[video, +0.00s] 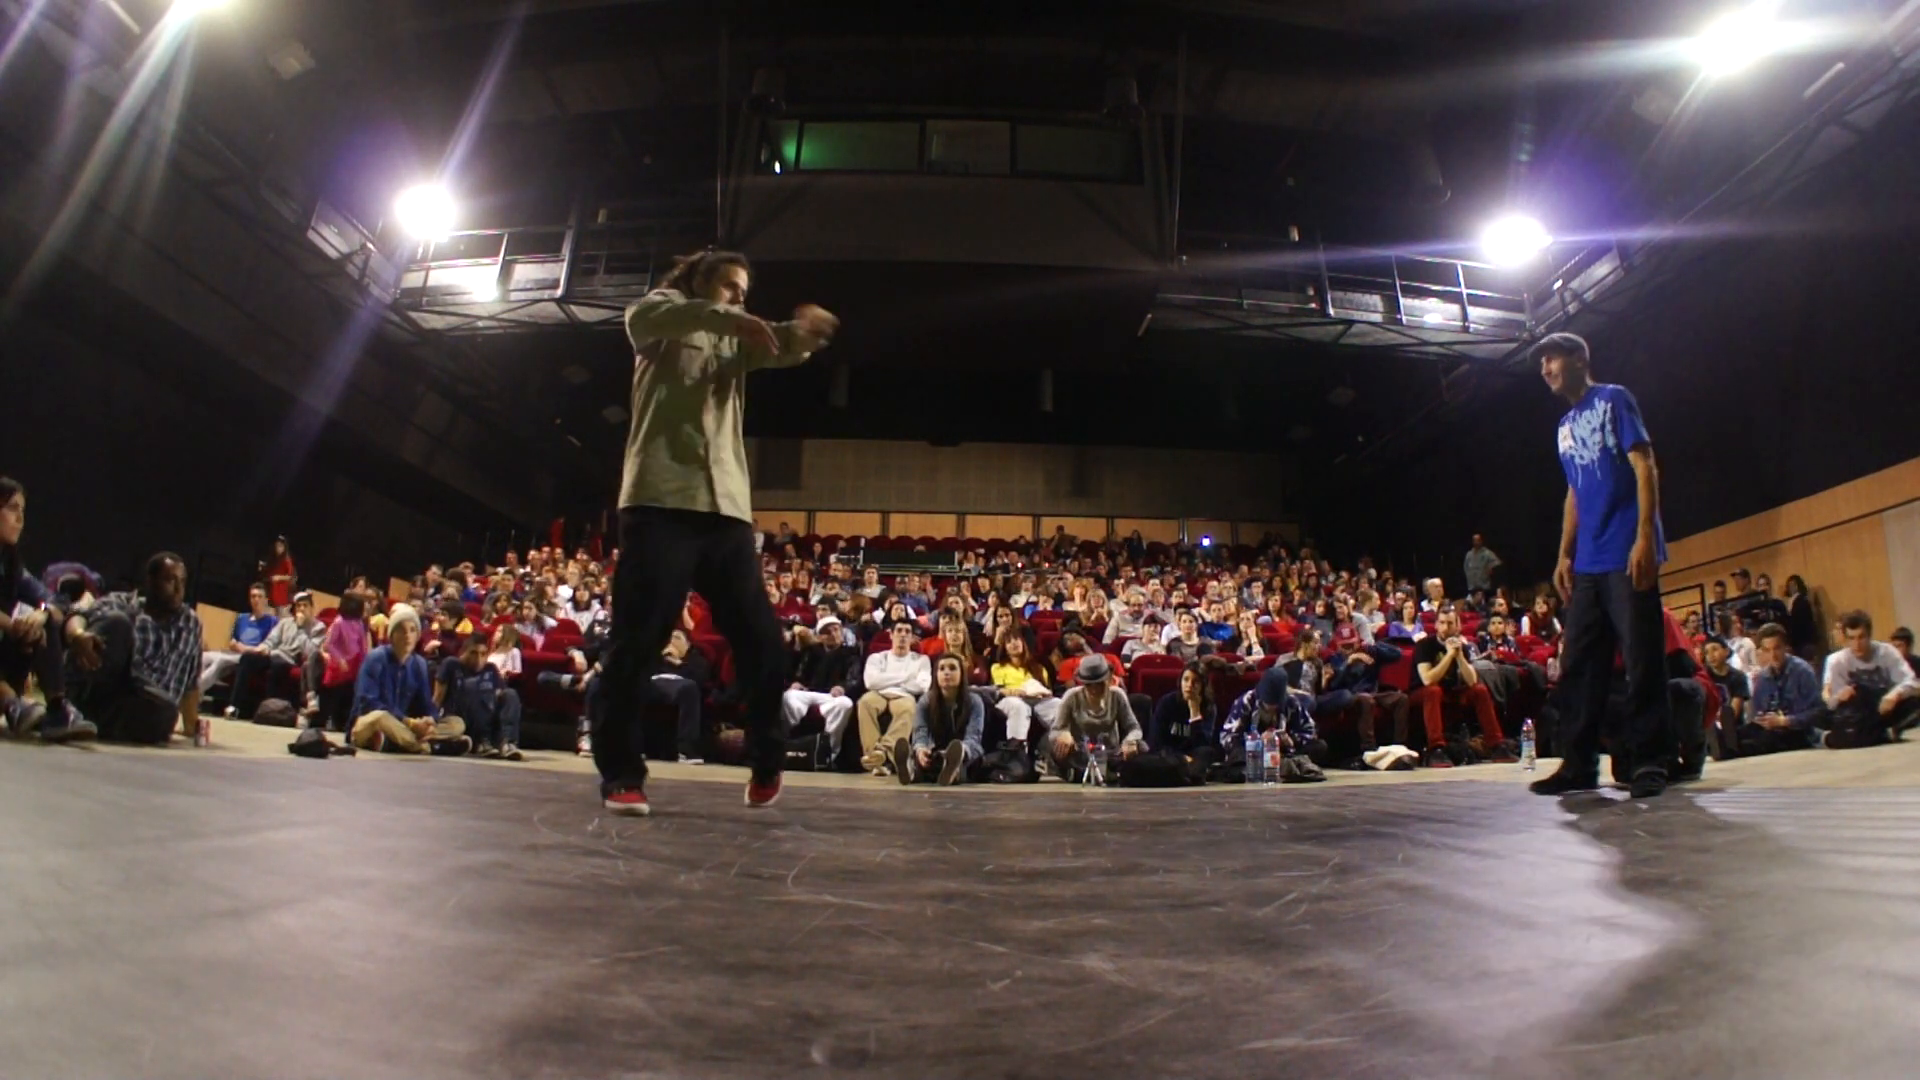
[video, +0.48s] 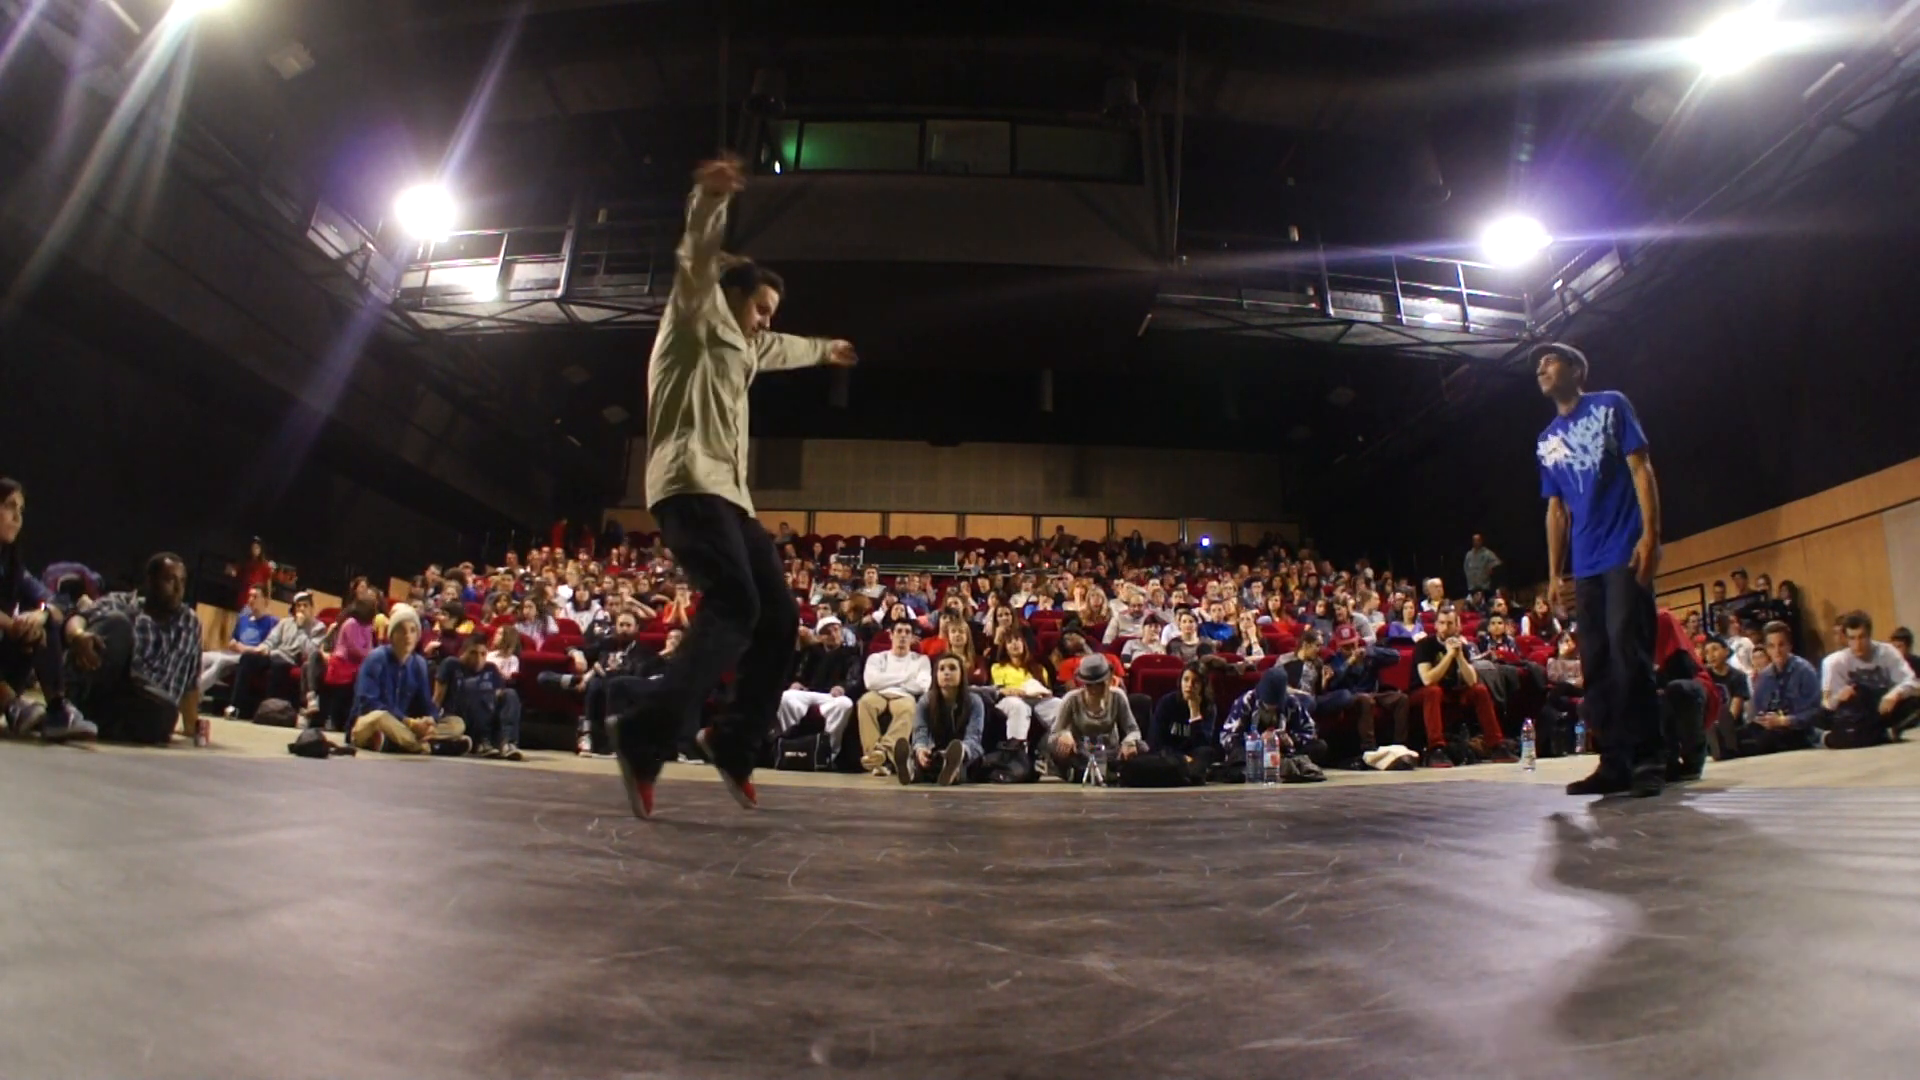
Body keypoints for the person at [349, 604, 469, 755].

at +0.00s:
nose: (408, 636)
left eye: (412, 630)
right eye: (401, 631)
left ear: (418, 635)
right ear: (391, 635)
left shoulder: (419, 664)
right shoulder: (376, 658)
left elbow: (425, 704)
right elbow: (367, 703)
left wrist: (430, 720)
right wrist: (407, 722)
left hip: (412, 725)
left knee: (457, 723)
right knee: (381, 717)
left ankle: (395, 744)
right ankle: (426, 748)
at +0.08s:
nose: (408, 636)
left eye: (413, 630)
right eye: (401, 631)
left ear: (418, 635)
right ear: (391, 635)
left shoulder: (419, 664)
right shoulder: (375, 658)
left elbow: (426, 704)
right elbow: (367, 703)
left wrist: (430, 720)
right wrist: (406, 722)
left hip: (411, 725)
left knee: (457, 723)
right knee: (381, 718)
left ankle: (394, 744)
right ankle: (426, 748)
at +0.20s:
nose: (408, 637)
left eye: (413, 631)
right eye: (401, 631)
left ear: (418, 635)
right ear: (391, 635)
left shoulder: (420, 664)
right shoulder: (376, 658)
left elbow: (426, 704)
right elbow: (367, 703)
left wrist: (430, 720)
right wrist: (407, 722)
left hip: (412, 725)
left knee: (457, 724)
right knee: (381, 717)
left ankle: (395, 744)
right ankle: (426, 748)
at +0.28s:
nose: (408, 637)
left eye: (413, 631)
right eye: (402, 631)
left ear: (418, 635)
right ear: (391, 635)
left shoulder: (419, 664)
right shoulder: (375, 659)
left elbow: (426, 704)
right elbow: (368, 703)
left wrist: (430, 720)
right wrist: (407, 722)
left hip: (411, 725)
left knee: (457, 724)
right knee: (380, 717)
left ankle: (394, 744)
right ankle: (426, 748)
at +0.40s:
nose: (408, 637)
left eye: (413, 631)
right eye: (402, 631)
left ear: (418, 635)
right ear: (391, 635)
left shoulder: (419, 664)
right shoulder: (376, 659)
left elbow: (426, 704)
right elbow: (367, 703)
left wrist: (430, 720)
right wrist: (407, 722)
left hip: (412, 725)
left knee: (457, 724)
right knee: (380, 717)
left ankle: (394, 744)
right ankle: (425, 748)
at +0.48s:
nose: (408, 637)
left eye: (413, 631)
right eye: (402, 631)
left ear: (418, 635)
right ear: (391, 635)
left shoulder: (419, 664)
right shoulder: (376, 659)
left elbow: (425, 704)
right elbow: (367, 703)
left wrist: (430, 720)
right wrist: (407, 722)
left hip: (411, 724)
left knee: (457, 724)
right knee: (380, 717)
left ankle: (394, 744)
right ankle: (426, 748)